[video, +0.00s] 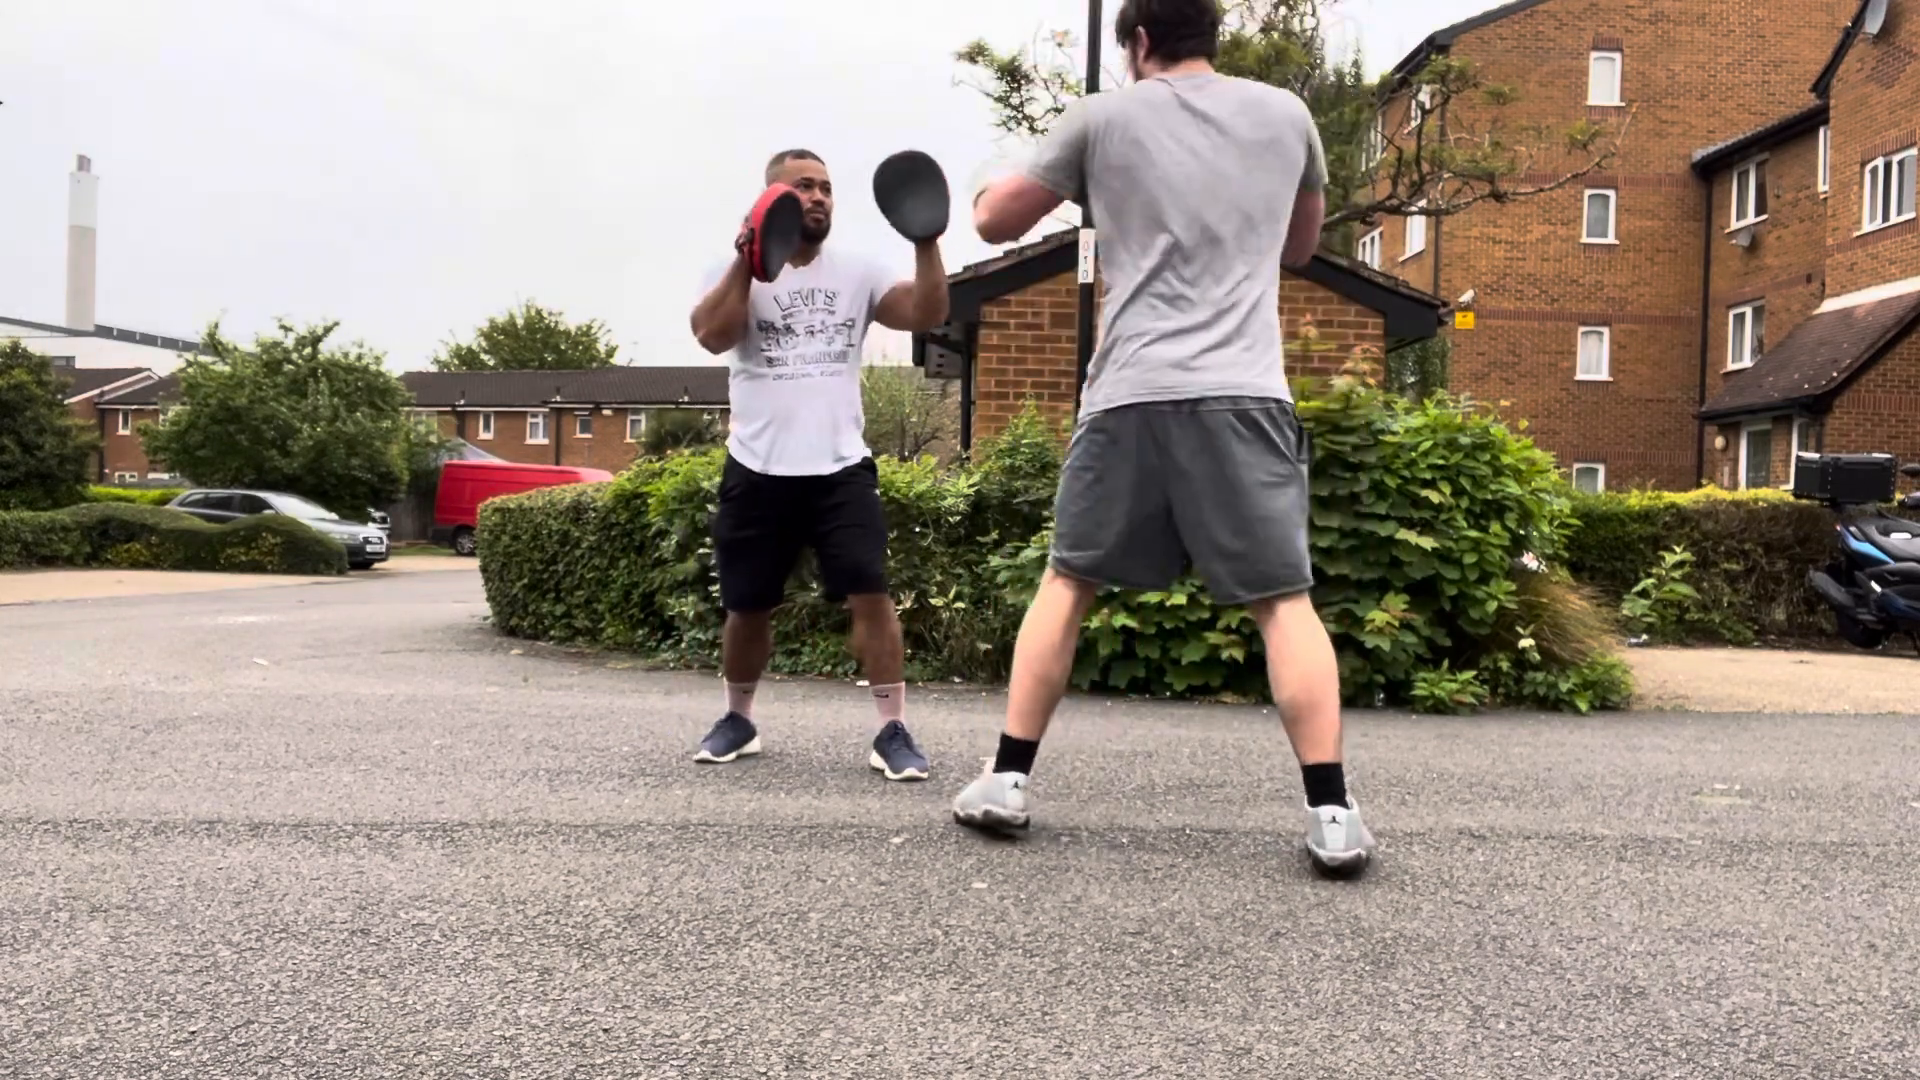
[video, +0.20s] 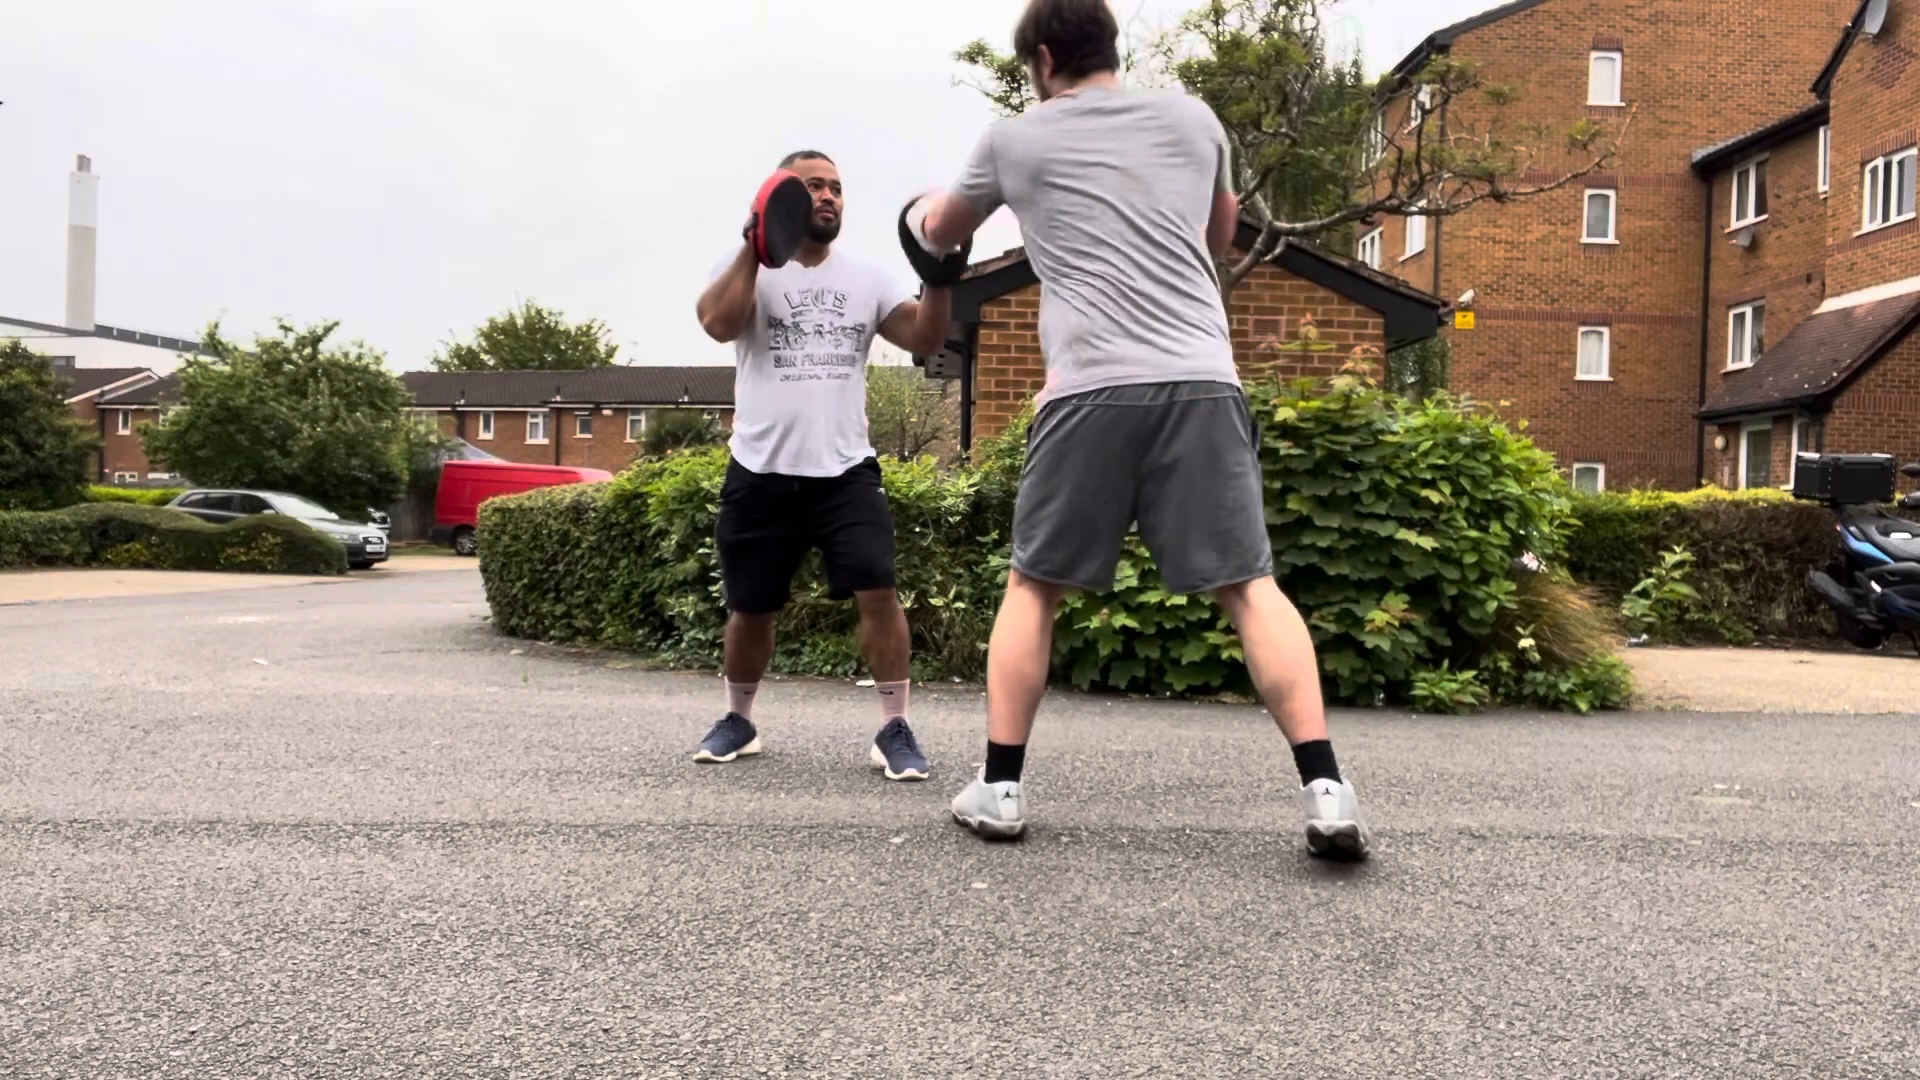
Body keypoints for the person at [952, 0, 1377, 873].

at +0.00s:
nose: (1126, 61)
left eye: (1127, 46)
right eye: (1129, 47)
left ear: (1141, 41)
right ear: (1212, 37)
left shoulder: (1104, 116)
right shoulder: (1287, 113)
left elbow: (996, 220)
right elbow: (1300, 247)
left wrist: (1003, 187)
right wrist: (1228, 207)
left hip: (1127, 395)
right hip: (1248, 395)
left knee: (1066, 582)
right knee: (1284, 598)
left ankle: (1006, 779)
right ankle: (1333, 813)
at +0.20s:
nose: (1027, 77)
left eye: (1027, 64)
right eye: (1029, 64)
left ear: (1043, 60)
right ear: (1114, 48)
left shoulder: (1016, 136)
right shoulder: (1195, 118)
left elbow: (939, 232)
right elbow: (1223, 243)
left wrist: (923, 203)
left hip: (1088, 389)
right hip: (1204, 383)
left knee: (1033, 583)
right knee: (1251, 582)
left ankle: (1000, 787)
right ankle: (1325, 785)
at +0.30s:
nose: (992, 85)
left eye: (991, 73)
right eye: (991, 74)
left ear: (1008, 67)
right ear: (1083, 57)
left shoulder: (995, 142)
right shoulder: (1157, 120)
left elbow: (936, 283)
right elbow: (1161, 225)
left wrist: (942, 297)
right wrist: (1032, 251)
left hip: (1101, 374)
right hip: (1211, 368)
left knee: (1034, 580)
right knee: (1248, 579)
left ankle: (999, 787)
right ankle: (1323, 792)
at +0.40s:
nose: (971, 109)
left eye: (966, 94)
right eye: (968, 95)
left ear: (985, 84)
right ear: (1047, 72)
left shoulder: (1009, 161)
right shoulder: (1103, 134)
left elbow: (977, 326)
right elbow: (975, 185)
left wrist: (952, 324)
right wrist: (892, 184)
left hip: (1117, 381)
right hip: (1218, 364)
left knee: (1038, 580)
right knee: (1256, 577)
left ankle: (1003, 788)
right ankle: (1336, 794)